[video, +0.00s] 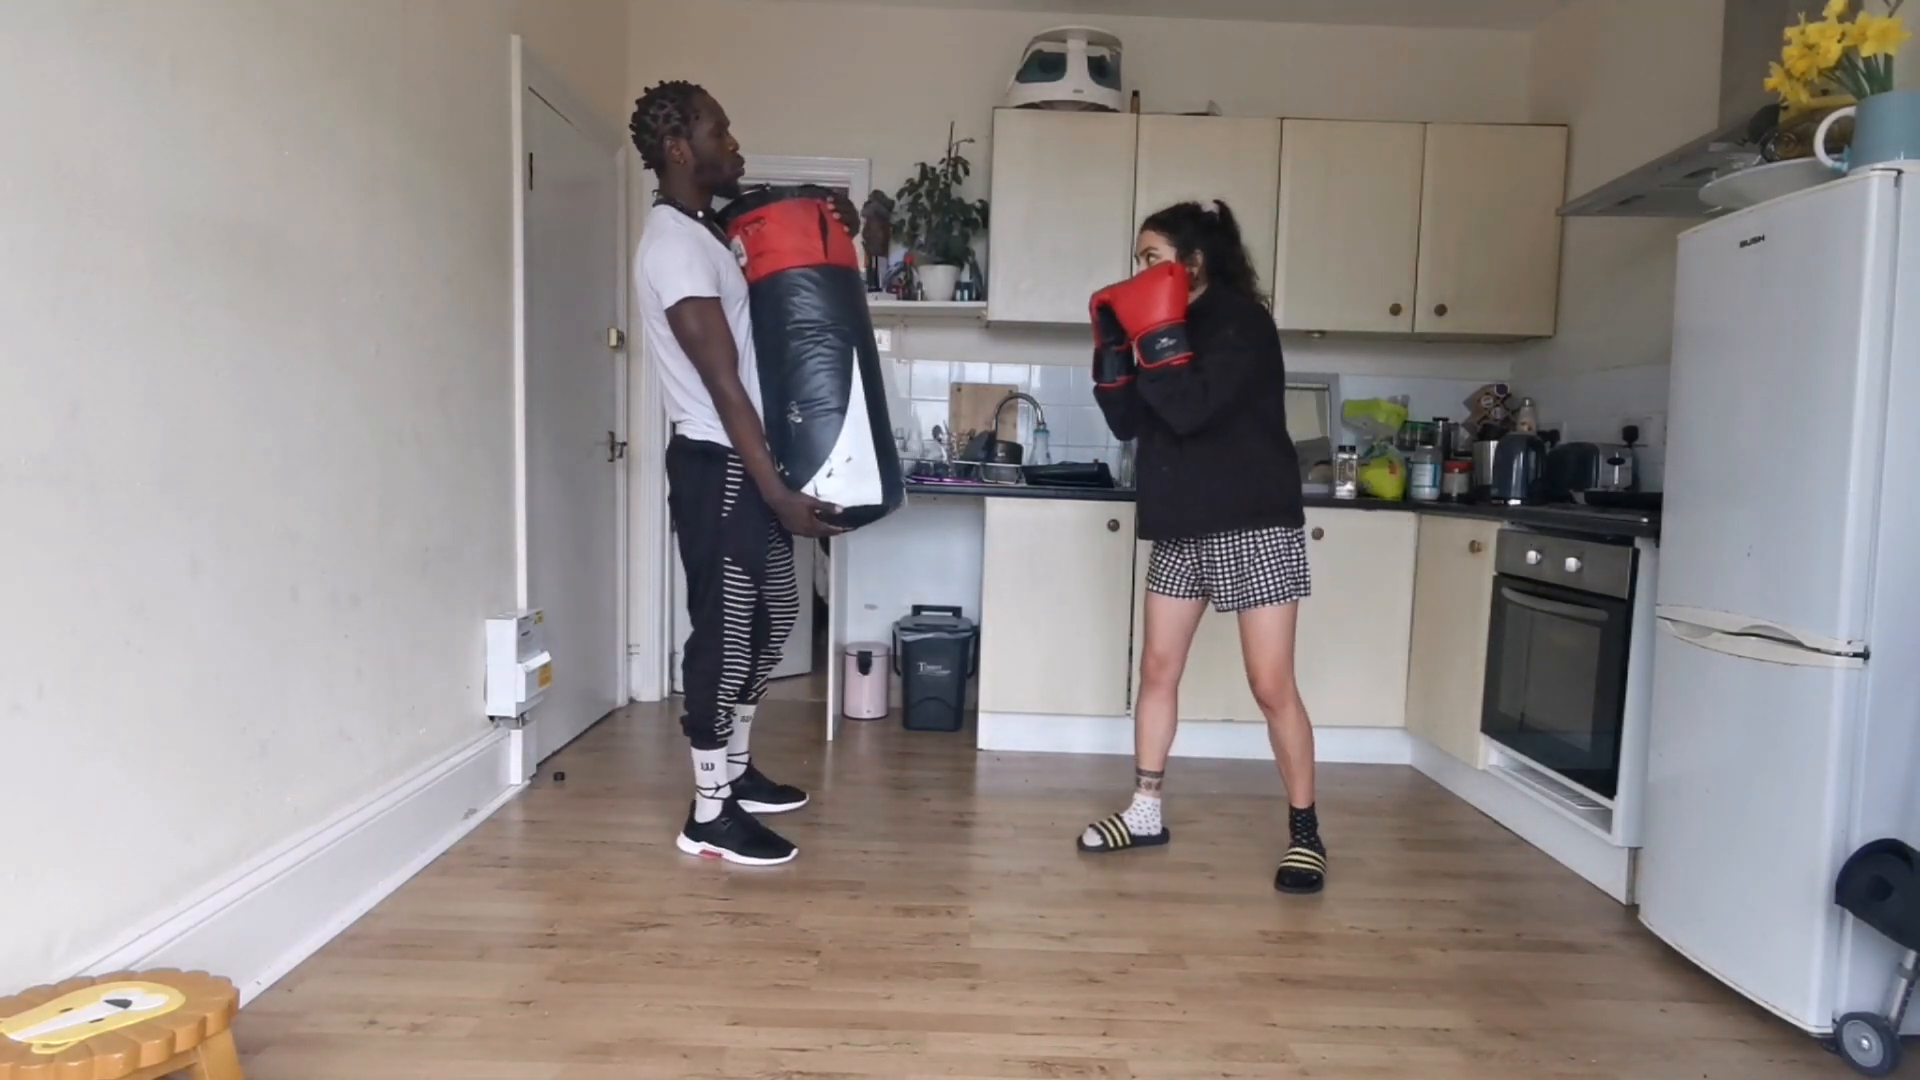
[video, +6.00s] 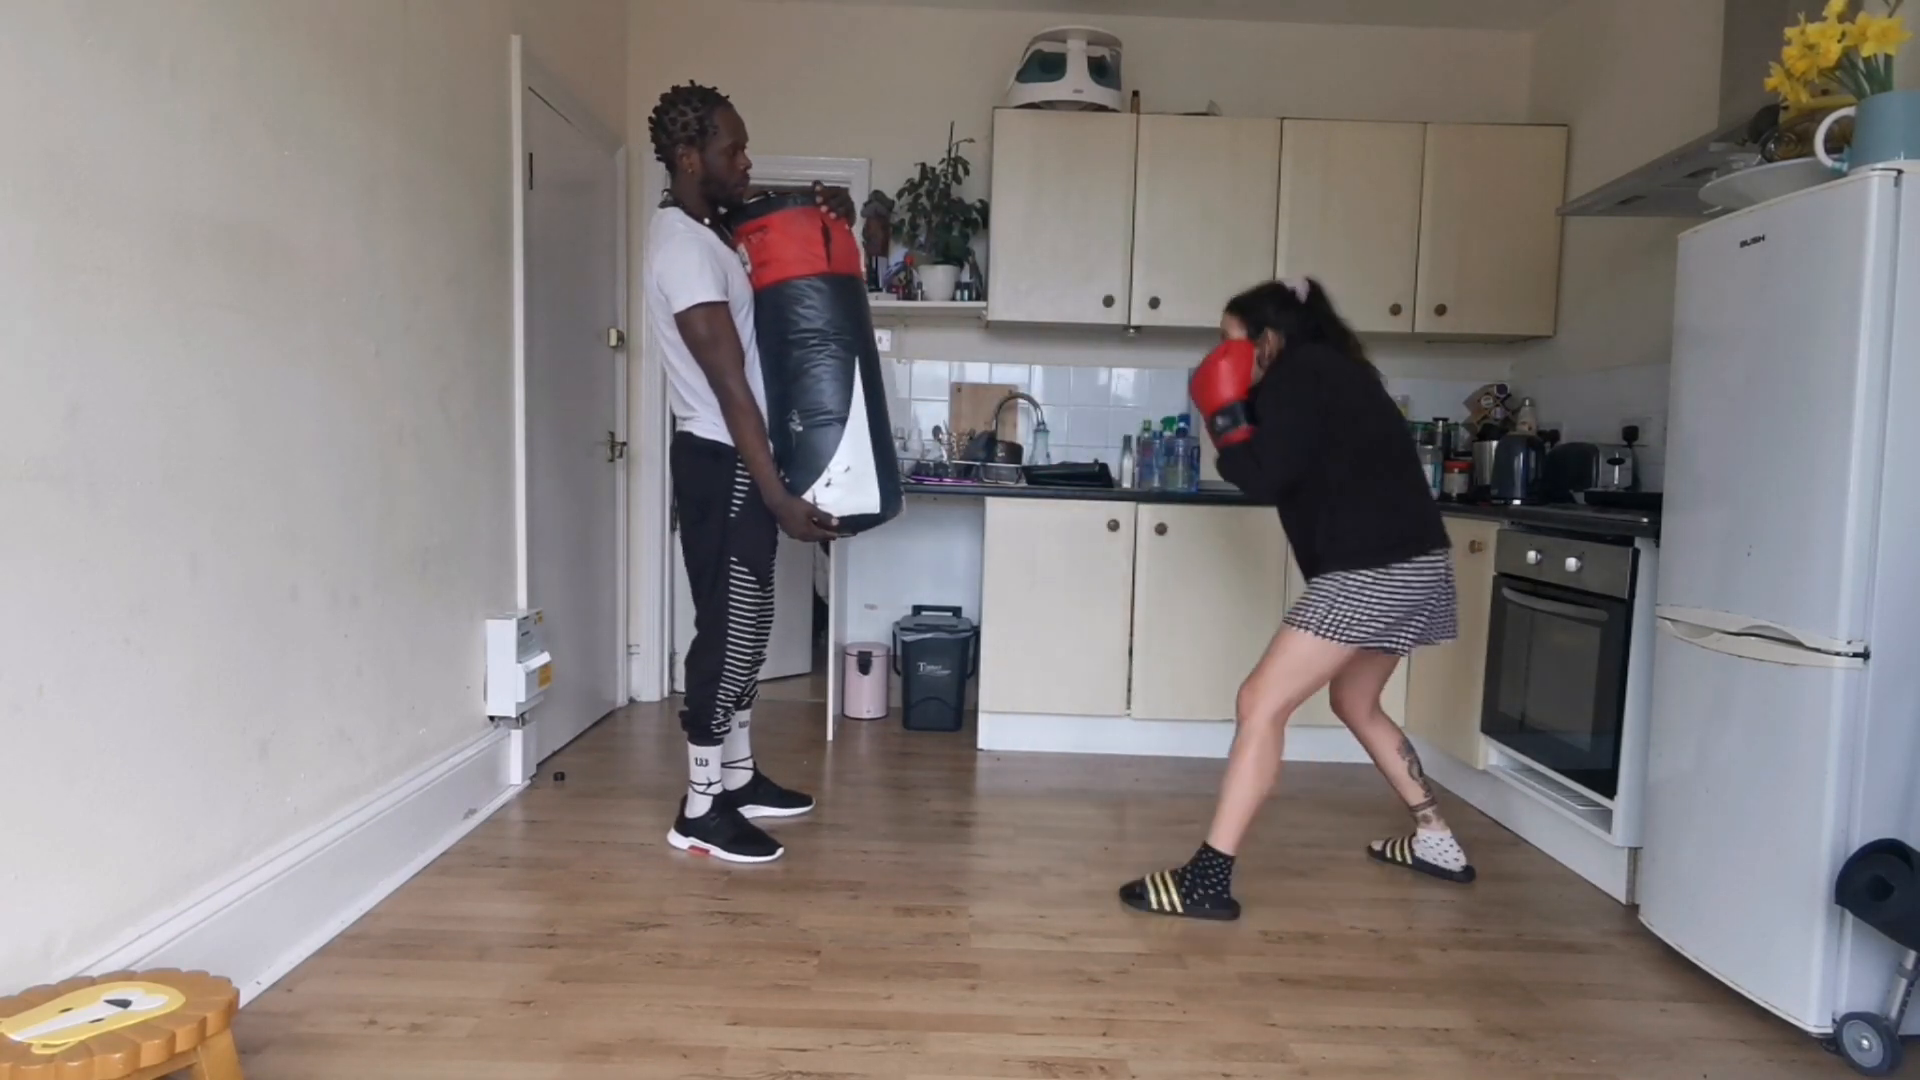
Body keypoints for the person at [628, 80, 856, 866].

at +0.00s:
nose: (735, 144)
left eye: (730, 130)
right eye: (720, 132)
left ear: (681, 148)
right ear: (676, 146)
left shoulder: (709, 233)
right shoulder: (673, 240)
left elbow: (776, 316)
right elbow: (722, 378)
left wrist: (826, 233)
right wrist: (776, 486)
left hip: (749, 450)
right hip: (713, 455)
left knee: (772, 612)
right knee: (725, 621)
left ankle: (731, 768)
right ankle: (710, 811)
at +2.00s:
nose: (730, 155)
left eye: (727, 142)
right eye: (716, 143)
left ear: (681, 155)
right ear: (672, 153)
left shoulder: (707, 236)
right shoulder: (672, 243)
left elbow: (781, 289)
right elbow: (718, 377)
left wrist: (819, 214)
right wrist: (770, 484)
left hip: (745, 450)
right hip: (717, 454)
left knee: (743, 617)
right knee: (735, 621)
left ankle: (727, 775)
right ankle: (703, 805)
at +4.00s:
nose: (751, 164)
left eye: (749, 150)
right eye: (738, 150)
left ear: (699, 160)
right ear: (693, 158)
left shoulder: (717, 241)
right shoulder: (683, 244)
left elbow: (785, 325)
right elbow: (727, 381)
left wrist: (833, 239)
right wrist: (775, 490)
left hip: (751, 449)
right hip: (717, 453)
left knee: (763, 614)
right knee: (726, 619)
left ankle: (736, 776)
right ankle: (701, 804)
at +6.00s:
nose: (747, 163)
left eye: (746, 148)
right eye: (735, 149)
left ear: (695, 157)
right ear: (688, 156)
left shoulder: (714, 236)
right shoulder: (681, 243)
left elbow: (784, 319)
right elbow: (727, 379)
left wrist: (831, 233)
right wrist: (777, 491)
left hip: (746, 449)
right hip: (717, 453)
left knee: (748, 620)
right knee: (727, 624)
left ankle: (736, 778)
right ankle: (701, 805)